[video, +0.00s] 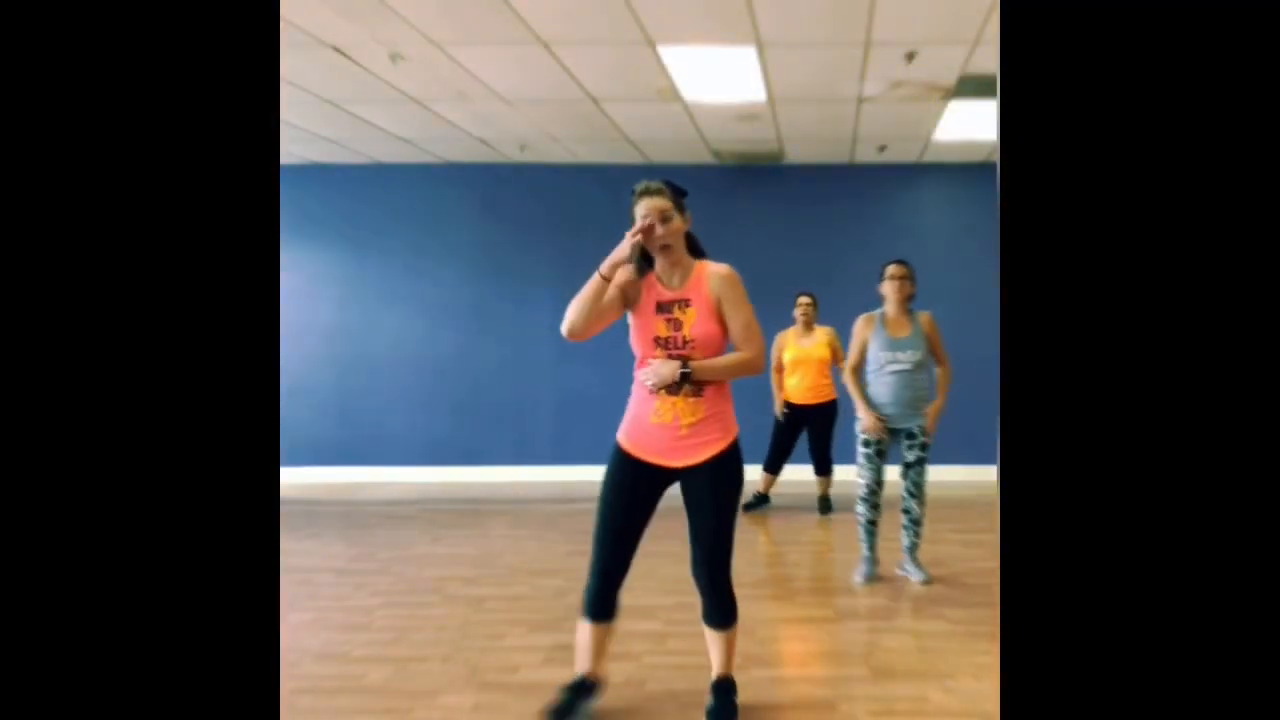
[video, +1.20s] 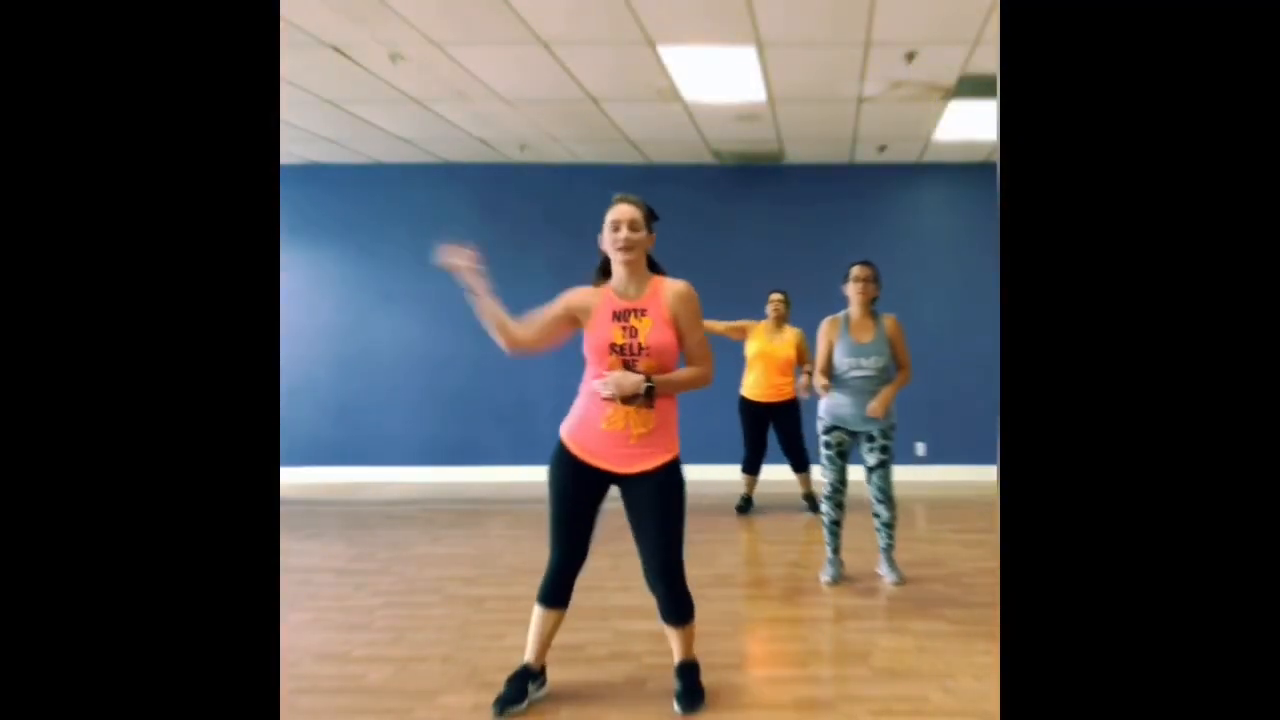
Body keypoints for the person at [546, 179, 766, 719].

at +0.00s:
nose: (656, 229)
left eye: (664, 218)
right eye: (646, 222)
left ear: (685, 221)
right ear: (637, 232)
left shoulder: (718, 278)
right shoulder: (631, 285)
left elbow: (753, 357)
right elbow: (575, 329)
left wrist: (687, 368)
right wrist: (612, 264)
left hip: (710, 444)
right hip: (642, 442)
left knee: (711, 572)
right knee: (605, 568)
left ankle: (722, 686)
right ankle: (586, 678)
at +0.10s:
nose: (664, 223)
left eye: (673, 212)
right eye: (654, 215)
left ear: (694, 215)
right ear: (645, 224)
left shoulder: (725, 271)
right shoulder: (637, 279)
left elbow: (760, 348)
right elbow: (568, 319)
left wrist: (693, 361)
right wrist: (610, 265)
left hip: (714, 439)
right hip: (647, 437)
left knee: (718, 568)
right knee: (632, 566)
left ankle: (722, 683)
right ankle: (657, 658)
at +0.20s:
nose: (670, 225)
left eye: (679, 215)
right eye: (661, 217)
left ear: (700, 221)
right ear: (651, 227)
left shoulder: (729, 274)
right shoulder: (639, 272)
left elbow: (764, 350)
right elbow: (560, 275)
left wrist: (697, 363)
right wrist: (559, 283)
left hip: (715, 442)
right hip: (649, 442)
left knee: (720, 567)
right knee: (668, 571)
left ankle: (725, 683)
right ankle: (696, 669)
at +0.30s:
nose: (672, 226)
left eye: (682, 217)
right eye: (663, 219)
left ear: (703, 225)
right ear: (654, 231)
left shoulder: (730, 283)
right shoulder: (640, 278)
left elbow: (763, 357)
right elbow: (559, 272)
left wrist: (700, 370)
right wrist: (502, 269)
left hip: (721, 445)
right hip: (654, 445)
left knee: (724, 569)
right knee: (636, 564)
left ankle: (726, 684)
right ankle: (677, 654)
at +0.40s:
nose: (668, 228)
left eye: (679, 220)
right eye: (660, 222)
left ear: (700, 232)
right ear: (650, 235)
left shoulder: (727, 289)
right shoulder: (633, 284)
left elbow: (759, 363)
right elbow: (546, 275)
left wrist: (698, 376)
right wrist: (465, 264)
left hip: (723, 451)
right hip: (653, 450)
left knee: (732, 570)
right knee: (600, 559)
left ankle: (727, 682)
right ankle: (631, 638)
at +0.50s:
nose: (662, 230)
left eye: (672, 222)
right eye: (653, 224)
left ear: (692, 235)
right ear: (643, 237)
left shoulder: (716, 294)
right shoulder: (622, 286)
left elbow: (749, 369)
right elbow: (532, 278)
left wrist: (689, 377)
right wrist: (453, 266)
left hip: (716, 454)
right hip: (645, 454)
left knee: (732, 575)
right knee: (584, 563)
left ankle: (728, 685)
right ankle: (574, 643)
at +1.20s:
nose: (624, 234)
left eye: (634, 227)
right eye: (615, 227)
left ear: (650, 237)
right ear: (602, 238)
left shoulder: (677, 297)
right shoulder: (585, 301)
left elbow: (702, 372)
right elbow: (515, 338)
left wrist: (646, 383)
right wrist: (474, 282)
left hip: (652, 457)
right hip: (582, 449)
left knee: (665, 574)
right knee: (563, 562)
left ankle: (686, 668)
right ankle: (532, 669)